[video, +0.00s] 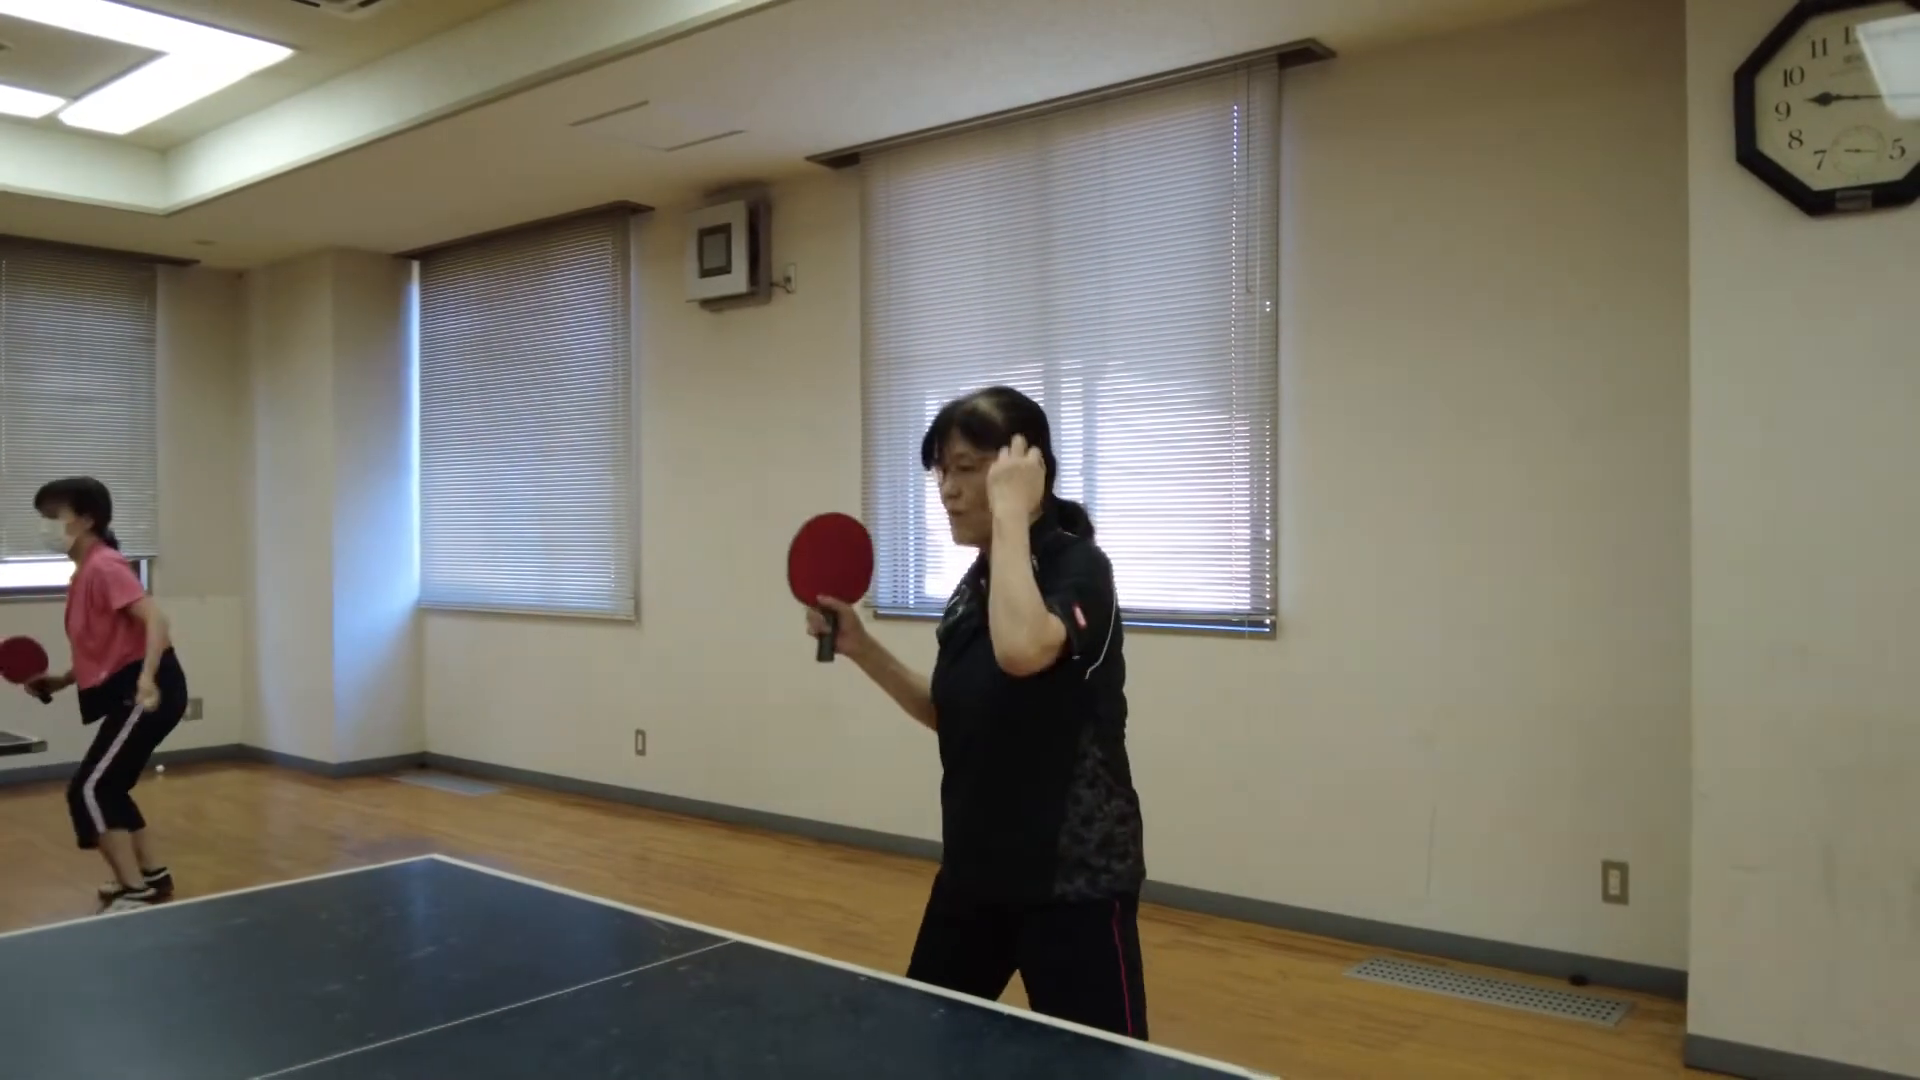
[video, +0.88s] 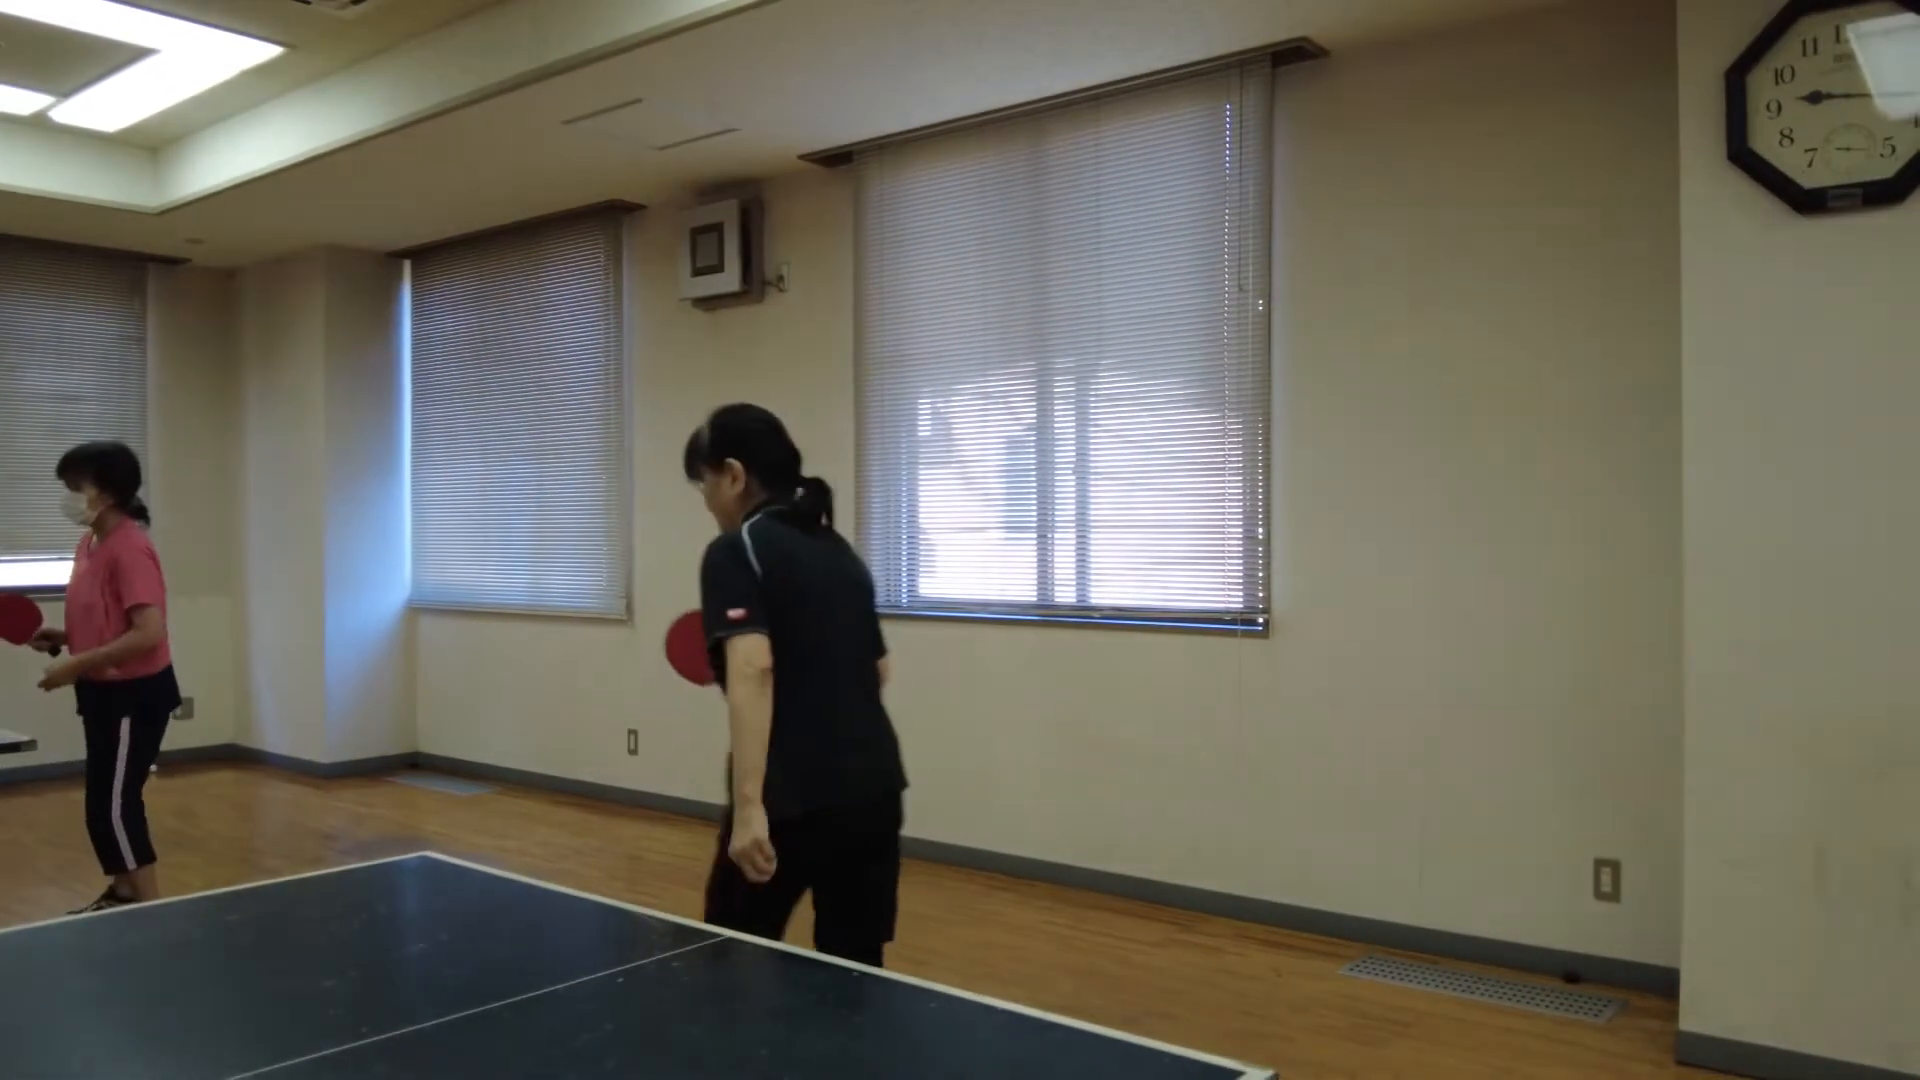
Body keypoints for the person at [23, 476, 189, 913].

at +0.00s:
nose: (53, 527)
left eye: (58, 517)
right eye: (51, 518)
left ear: (86, 518)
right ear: (80, 521)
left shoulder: (104, 566)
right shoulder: (86, 573)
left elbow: (155, 618)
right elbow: (101, 648)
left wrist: (148, 676)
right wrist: (59, 680)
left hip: (145, 691)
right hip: (130, 692)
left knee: (89, 787)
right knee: (110, 785)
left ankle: (134, 890)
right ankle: (152, 873)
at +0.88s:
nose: (70, 499)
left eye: (77, 489)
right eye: (69, 490)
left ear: (107, 490)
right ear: (96, 493)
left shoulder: (129, 545)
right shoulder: (91, 542)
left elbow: (151, 632)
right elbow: (104, 622)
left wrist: (78, 664)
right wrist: (62, 637)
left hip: (136, 694)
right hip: (104, 691)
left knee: (118, 805)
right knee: (101, 803)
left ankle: (151, 909)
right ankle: (125, 892)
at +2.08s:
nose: (79, 508)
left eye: (88, 498)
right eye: (77, 499)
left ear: (119, 500)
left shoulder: (140, 555)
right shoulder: (96, 552)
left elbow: (137, 637)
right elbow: (86, 635)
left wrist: (69, 605)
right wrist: (39, 643)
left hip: (100, 695)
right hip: (67, 691)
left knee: (108, 801)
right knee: (79, 797)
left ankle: (147, 908)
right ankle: (117, 896)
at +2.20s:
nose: (73, 509)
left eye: (82, 498)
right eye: (72, 499)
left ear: (113, 500)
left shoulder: (135, 554)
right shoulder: (96, 552)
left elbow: (148, 636)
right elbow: (87, 627)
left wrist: (67, 633)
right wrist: (40, 644)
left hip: (100, 693)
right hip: (68, 690)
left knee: (108, 800)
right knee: (81, 797)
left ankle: (146, 908)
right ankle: (116, 896)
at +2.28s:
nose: (69, 508)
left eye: (78, 498)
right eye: (68, 499)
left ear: (110, 500)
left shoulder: (132, 553)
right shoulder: (95, 551)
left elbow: (155, 633)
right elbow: (89, 624)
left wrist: (75, 640)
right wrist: (40, 644)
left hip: (101, 692)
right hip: (69, 688)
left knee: (108, 800)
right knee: (80, 797)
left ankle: (146, 908)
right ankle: (116, 896)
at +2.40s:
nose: (66, 508)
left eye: (74, 497)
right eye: (64, 498)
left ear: (104, 498)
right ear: (90, 502)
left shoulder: (128, 551)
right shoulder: (93, 550)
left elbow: (155, 630)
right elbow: (90, 624)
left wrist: (76, 640)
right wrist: (43, 645)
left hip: (103, 693)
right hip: (71, 689)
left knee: (108, 799)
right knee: (80, 795)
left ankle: (147, 905)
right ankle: (117, 894)